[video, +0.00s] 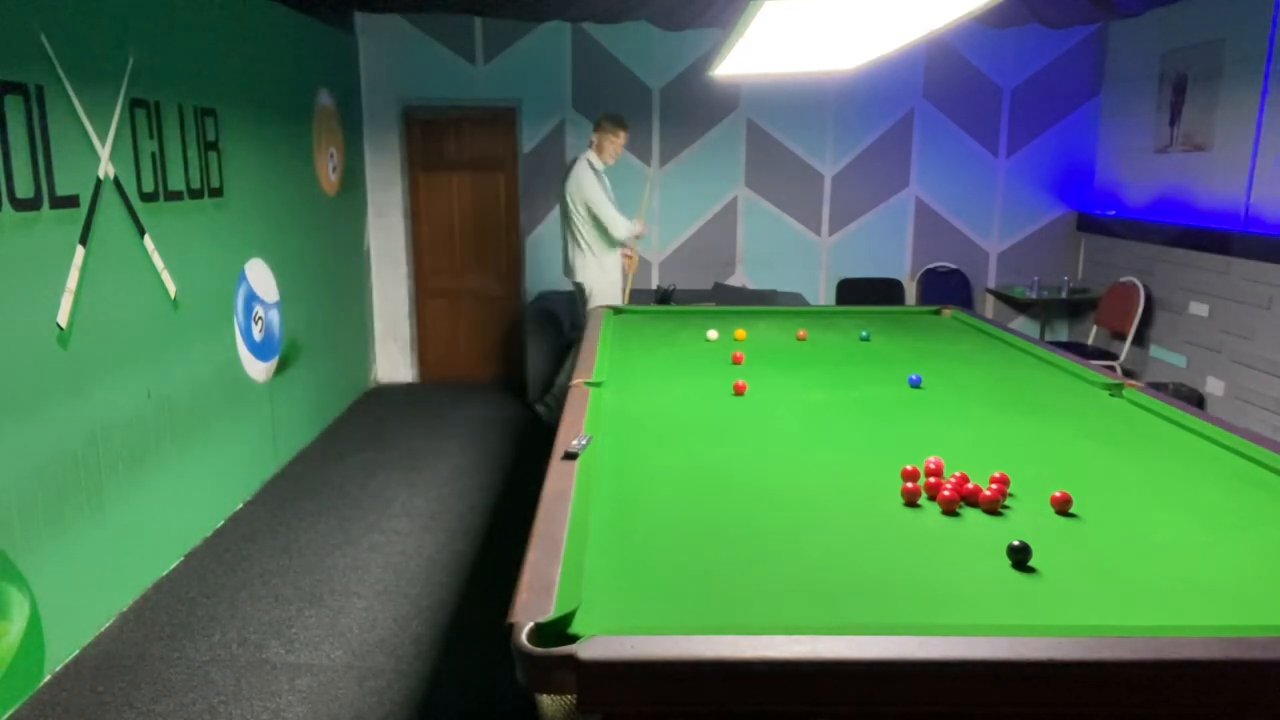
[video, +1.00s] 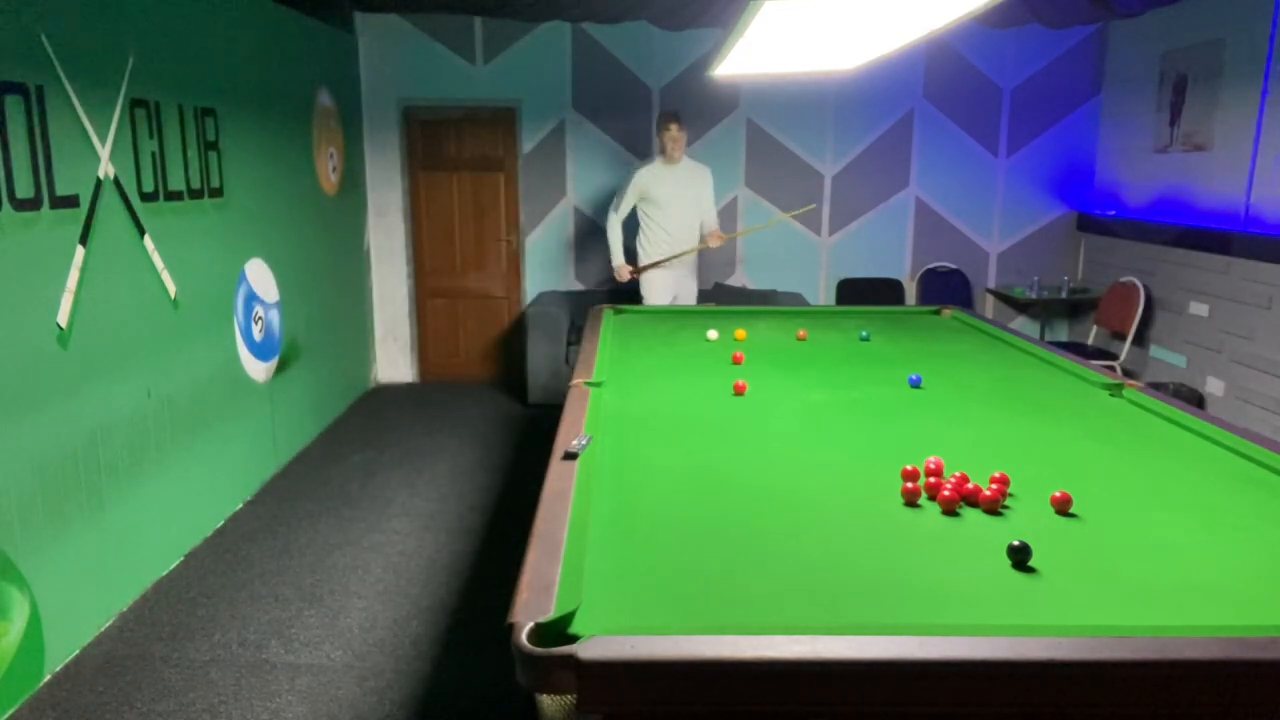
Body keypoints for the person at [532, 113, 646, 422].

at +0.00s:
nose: (618, 149)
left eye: (622, 143)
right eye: (614, 141)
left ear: (622, 145)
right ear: (596, 139)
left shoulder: (589, 172)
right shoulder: (585, 174)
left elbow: (593, 229)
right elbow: (617, 229)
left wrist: (618, 249)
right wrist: (636, 227)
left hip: (596, 269)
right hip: (595, 271)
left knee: (595, 340)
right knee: (597, 341)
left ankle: (555, 403)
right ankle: (554, 404)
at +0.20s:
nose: (635, 155)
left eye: (639, 150)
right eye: (631, 146)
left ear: (642, 151)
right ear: (614, 140)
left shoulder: (607, 172)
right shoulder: (600, 175)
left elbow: (614, 221)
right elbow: (636, 221)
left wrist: (639, 247)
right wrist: (651, 239)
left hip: (613, 271)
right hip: (609, 273)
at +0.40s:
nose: (656, 149)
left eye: (659, 143)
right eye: (650, 142)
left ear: (662, 147)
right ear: (634, 142)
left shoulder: (640, 174)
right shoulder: (623, 172)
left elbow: (635, 232)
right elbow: (624, 233)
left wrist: (660, 243)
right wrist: (657, 273)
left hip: (640, 277)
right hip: (627, 279)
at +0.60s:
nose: (674, 148)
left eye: (677, 142)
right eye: (667, 141)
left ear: (680, 145)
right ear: (653, 143)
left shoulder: (673, 176)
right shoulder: (636, 172)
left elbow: (674, 218)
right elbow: (615, 226)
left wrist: (684, 230)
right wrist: (638, 272)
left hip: (667, 267)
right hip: (643, 271)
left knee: (680, 319)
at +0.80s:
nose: (676, 143)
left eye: (681, 136)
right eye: (670, 136)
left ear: (686, 140)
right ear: (659, 139)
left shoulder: (691, 173)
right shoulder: (640, 173)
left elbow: (697, 216)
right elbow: (607, 216)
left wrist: (708, 221)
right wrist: (621, 263)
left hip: (680, 267)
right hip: (652, 270)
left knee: (683, 327)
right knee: (658, 328)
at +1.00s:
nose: (675, 141)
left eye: (680, 135)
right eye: (669, 135)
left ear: (686, 138)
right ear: (660, 139)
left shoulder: (702, 174)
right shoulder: (644, 176)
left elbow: (709, 216)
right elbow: (615, 217)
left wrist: (713, 234)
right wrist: (618, 262)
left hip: (688, 269)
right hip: (655, 270)